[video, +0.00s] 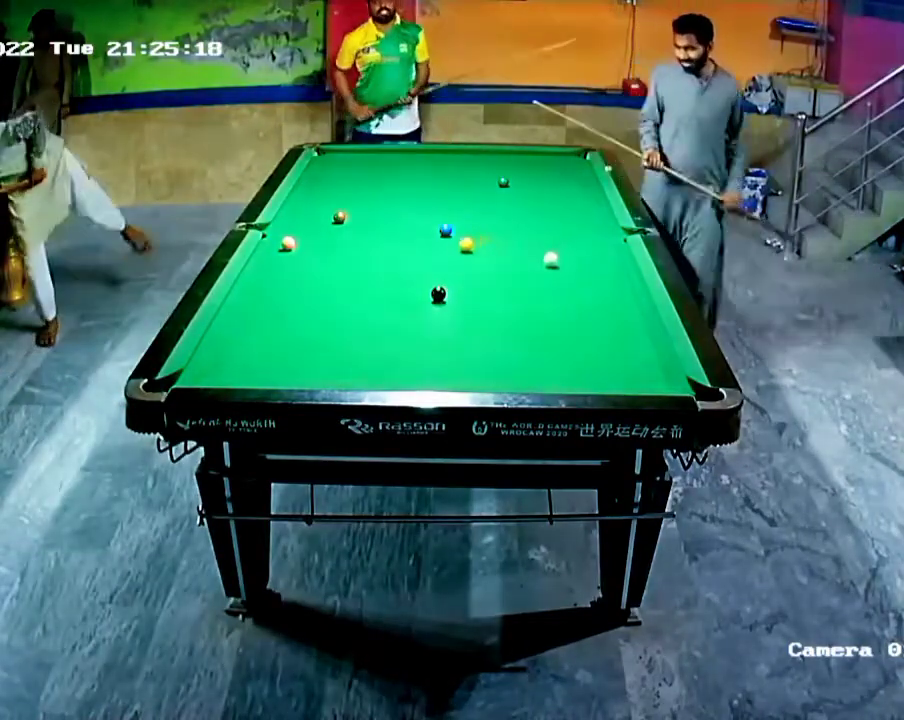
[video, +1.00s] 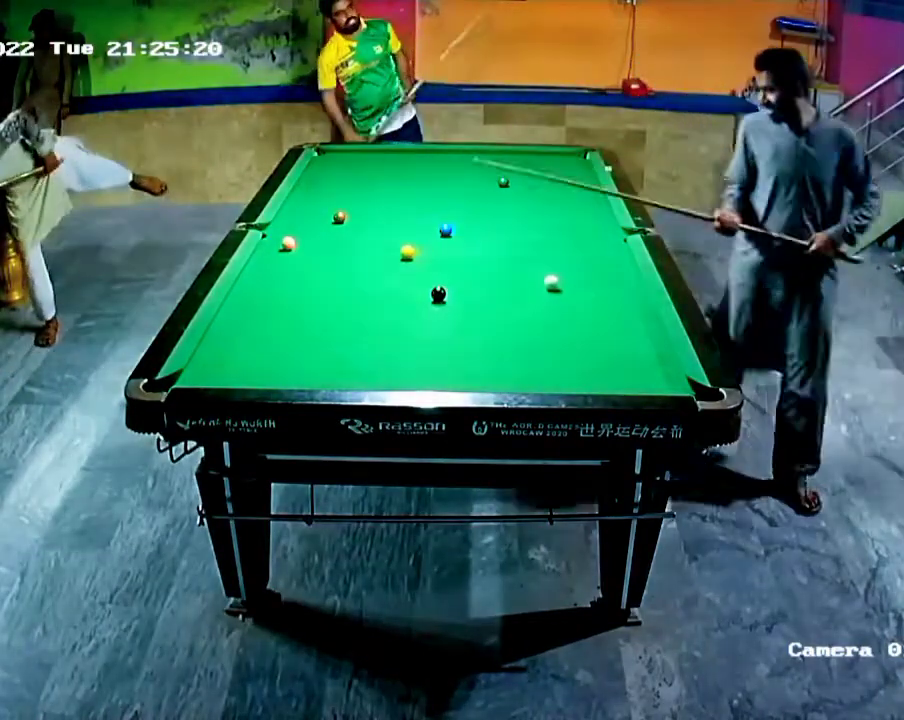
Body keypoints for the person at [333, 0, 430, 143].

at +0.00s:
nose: (383, 6)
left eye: (388, 1)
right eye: (377, 2)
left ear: (395, 4)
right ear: (369, 5)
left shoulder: (415, 33)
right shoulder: (355, 38)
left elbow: (423, 66)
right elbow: (339, 72)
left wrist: (416, 88)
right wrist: (354, 106)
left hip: (407, 128)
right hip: (369, 130)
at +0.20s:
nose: (377, 7)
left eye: (382, 2)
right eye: (372, 3)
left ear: (390, 4)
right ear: (365, 6)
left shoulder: (411, 32)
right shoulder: (352, 39)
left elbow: (422, 65)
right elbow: (336, 71)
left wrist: (414, 92)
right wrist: (347, 106)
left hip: (406, 127)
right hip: (368, 130)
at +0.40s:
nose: (362, 11)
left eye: (367, 5)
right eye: (356, 7)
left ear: (375, 5)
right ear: (350, 11)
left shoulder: (401, 30)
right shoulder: (341, 44)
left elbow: (415, 60)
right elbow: (327, 74)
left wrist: (408, 92)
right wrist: (337, 113)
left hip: (404, 126)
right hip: (367, 130)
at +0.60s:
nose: (350, 17)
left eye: (353, 9)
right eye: (342, 14)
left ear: (361, 6)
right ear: (336, 16)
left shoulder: (391, 30)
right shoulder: (333, 49)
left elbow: (407, 56)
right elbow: (321, 81)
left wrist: (404, 89)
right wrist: (333, 120)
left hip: (402, 122)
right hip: (366, 130)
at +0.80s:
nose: (345, 18)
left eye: (347, 9)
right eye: (336, 15)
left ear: (353, 7)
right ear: (329, 21)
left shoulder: (383, 29)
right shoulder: (327, 54)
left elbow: (401, 54)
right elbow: (317, 88)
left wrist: (401, 86)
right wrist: (331, 128)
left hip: (402, 119)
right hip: (367, 130)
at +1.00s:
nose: (349, 15)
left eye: (350, 7)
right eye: (340, 14)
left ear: (354, 6)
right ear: (331, 20)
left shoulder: (383, 29)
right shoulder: (328, 56)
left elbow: (399, 56)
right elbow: (328, 98)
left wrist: (407, 86)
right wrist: (349, 134)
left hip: (402, 119)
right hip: (366, 131)